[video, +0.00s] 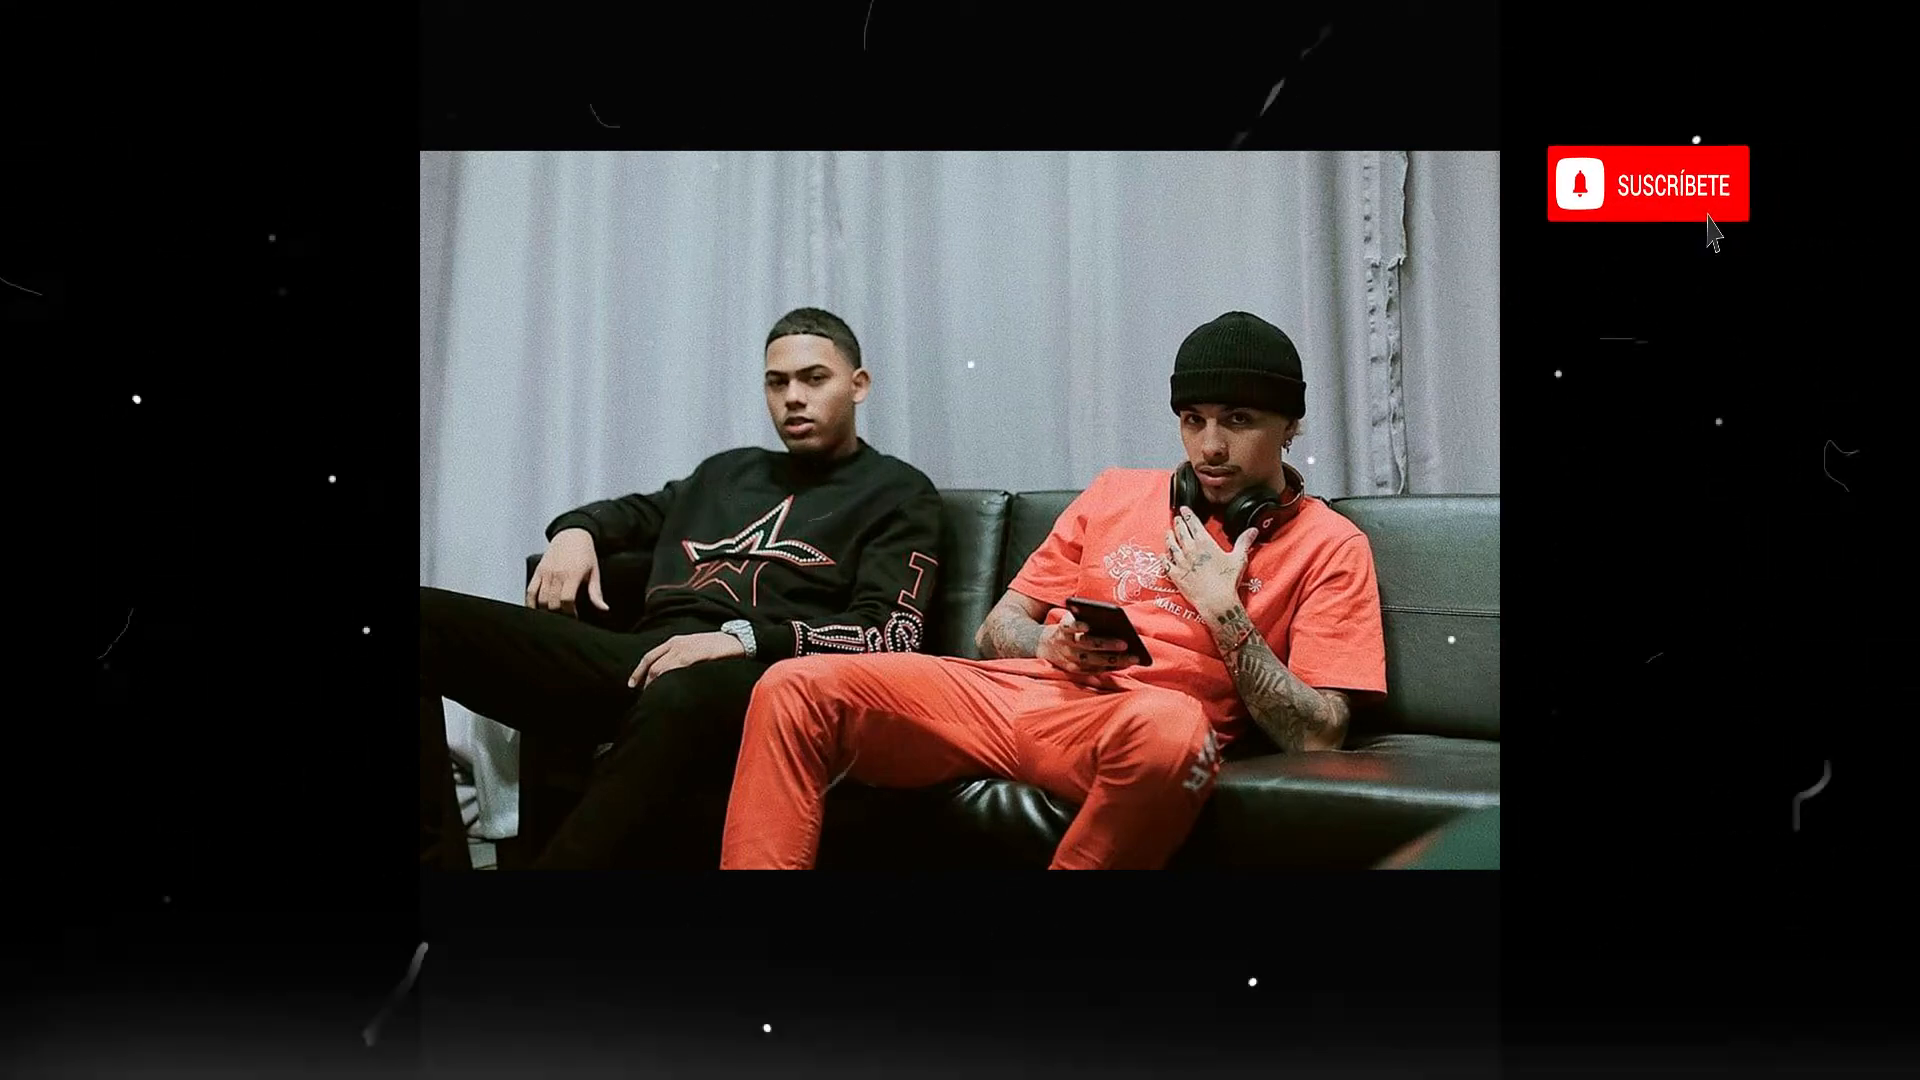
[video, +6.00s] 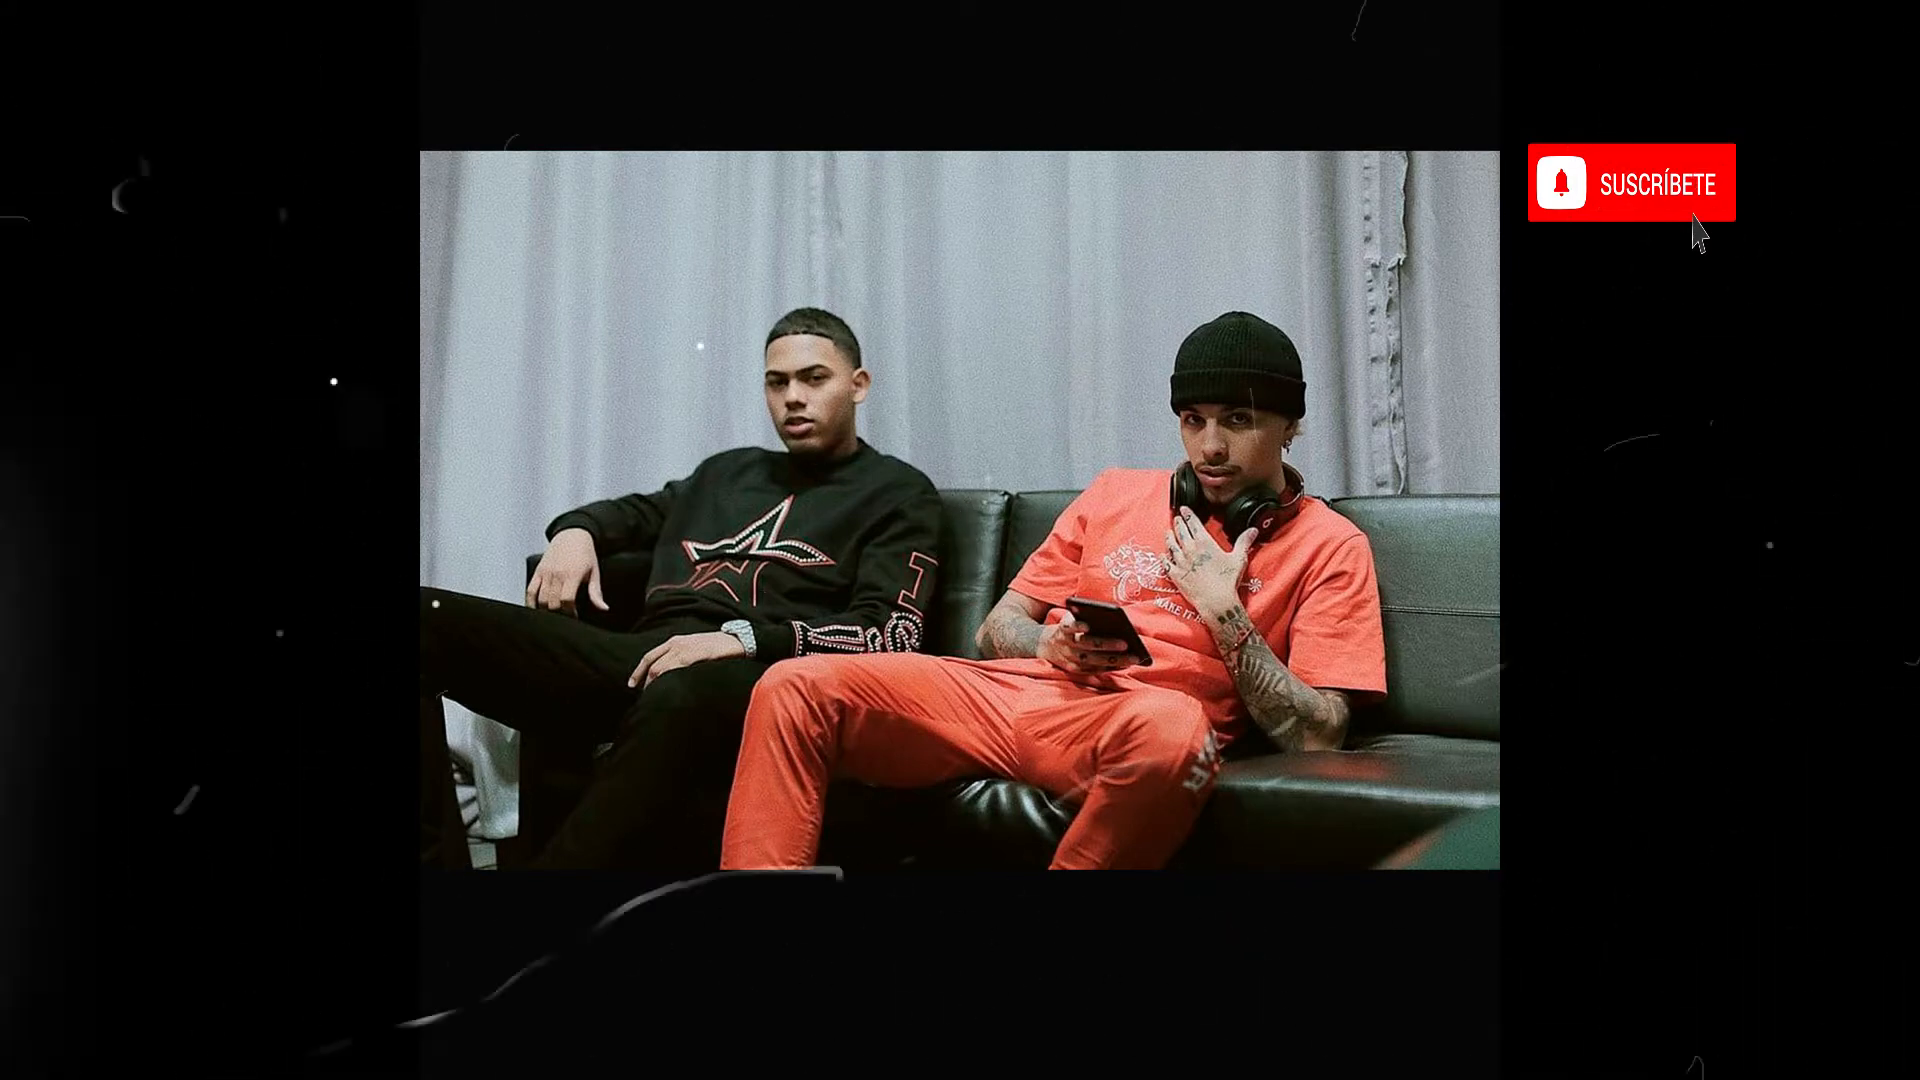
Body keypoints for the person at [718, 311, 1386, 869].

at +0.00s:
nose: (1211, 445)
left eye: (1238, 422)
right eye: (1195, 419)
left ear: (1288, 429)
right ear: (1179, 422)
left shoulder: (1329, 546)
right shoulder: (1117, 493)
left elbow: (1318, 736)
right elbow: (999, 627)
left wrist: (1227, 615)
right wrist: (1052, 646)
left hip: (1131, 707)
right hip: (1013, 685)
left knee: (1170, 745)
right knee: (792, 694)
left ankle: (1047, 954)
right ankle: (755, 951)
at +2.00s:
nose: (1210, 445)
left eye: (1238, 421)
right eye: (1195, 419)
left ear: (1288, 429)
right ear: (1179, 422)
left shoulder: (1329, 546)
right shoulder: (1118, 493)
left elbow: (1318, 735)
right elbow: (999, 626)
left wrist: (1227, 615)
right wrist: (1051, 647)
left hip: (1131, 708)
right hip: (1013, 685)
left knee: (1171, 745)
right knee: (792, 693)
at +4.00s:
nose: (1210, 445)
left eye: (1238, 421)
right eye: (1196, 419)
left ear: (1289, 429)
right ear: (1179, 422)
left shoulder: (1328, 546)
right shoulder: (1118, 493)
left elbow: (1318, 734)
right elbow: (999, 626)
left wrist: (1226, 614)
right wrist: (1050, 646)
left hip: (1132, 708)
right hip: (1013, 685)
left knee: (1170, 747)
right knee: (792, 693)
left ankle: (1047, 951)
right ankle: (756, 951)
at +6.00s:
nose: (1210, 445)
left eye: (1238, 422)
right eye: (1196, 420)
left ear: (1288, 429)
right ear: (1179, 422)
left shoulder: (1328, 546)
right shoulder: (1117, 493)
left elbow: (1318, 736)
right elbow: (999, 625)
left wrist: (1227, 615)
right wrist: (1053, 646)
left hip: (1132, 707)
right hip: (1013, 685)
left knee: (1172, 745)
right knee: (791, 693)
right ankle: (761, 923)